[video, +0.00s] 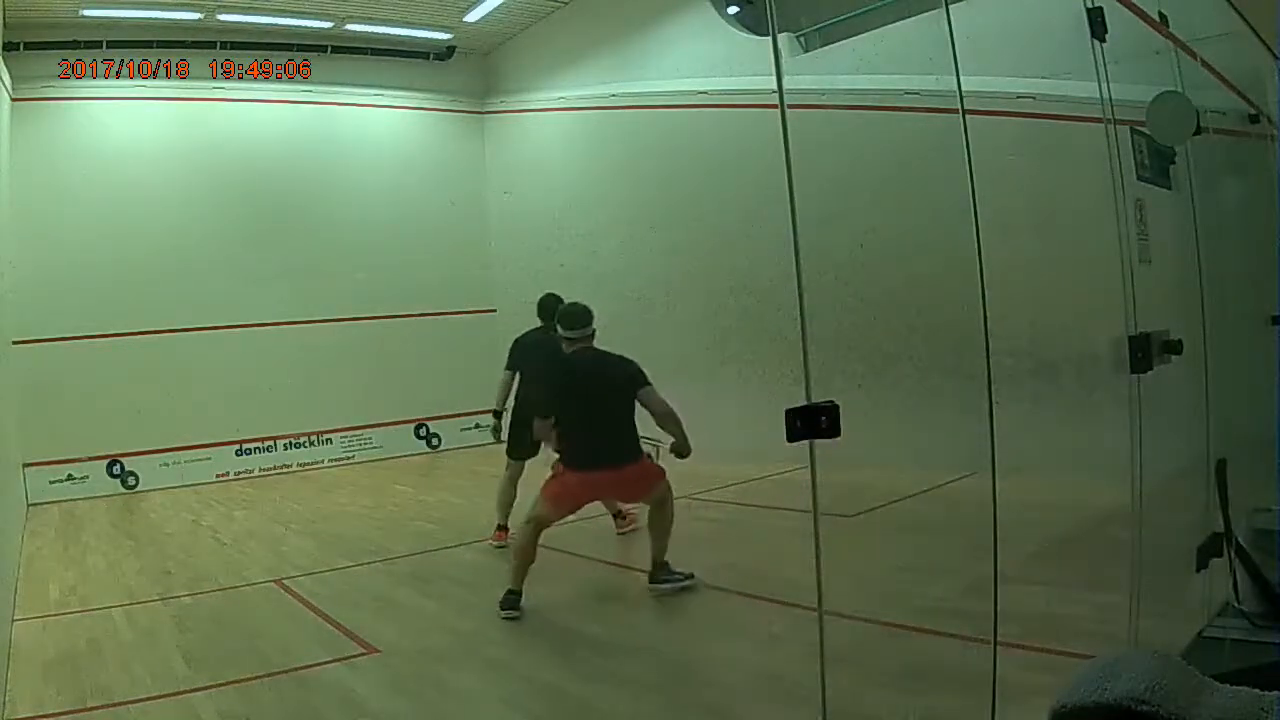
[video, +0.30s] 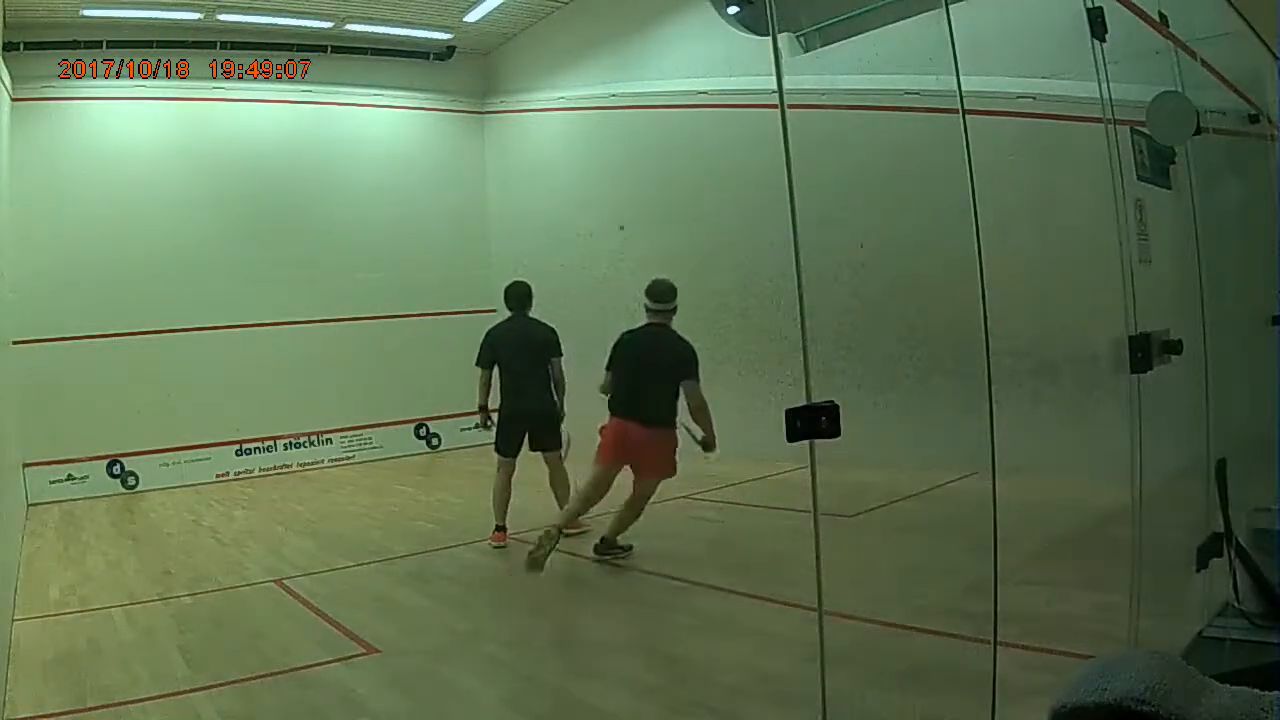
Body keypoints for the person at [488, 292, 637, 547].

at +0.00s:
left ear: (538, 315)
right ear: (560, 315)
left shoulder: (522, 342)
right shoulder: (569, 340)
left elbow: (506, 382)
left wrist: (496, 415)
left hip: (525, 416)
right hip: (563, 416)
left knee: (512, 472)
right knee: (583, 461)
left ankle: (501, 528)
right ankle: (618, 515)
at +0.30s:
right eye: (526, 299)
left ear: (506, 303)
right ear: (530, 302)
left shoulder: (495, 334)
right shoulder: (546, 332)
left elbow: (485, 378)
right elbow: (558, 375)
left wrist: (483, 409)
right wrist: (561, 405)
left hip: (512, 412)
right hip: (544, 410)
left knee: (504, 470)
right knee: (555, 463)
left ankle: (499, 529)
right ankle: (569, 518)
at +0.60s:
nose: (556, 313)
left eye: (555, 309)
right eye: (555, 309)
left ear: (528, 313)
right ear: (549, 311)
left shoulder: (511, 341)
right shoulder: (563, 341)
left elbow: (500, 383)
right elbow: (576, 384)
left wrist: (494, 415)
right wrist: (568, 409)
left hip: (527, 417)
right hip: (561, 416)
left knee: (511, 471)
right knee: (580, 463)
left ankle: (500, 529)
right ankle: (604, 514)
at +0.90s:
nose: (618, 312)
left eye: (615, 308)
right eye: (616, 308)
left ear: (591, 312)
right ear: (613, 311)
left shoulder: (581, 339)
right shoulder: (627, 339)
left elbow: (570, 379)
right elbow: (645, 380)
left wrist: (555, 414)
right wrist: (632, 401)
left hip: (594, 413)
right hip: (625, 412)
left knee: (566, 465)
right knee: (623, 460)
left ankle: (559, 526)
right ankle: (633, 516)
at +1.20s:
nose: (639, 293)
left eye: (638, 289)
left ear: (638, 290)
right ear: (662, 289)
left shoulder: (635, 321)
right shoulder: (677, 318)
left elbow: (632, 362)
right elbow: (697, 357)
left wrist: (611, 383)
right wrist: (684, 381)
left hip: (660, 395)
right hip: (685, 390)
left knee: (660, 460)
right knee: (682, 454)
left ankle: (695, 512)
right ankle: (715, 505)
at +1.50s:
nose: (669, 311)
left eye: (670, 305)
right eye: (669, 305)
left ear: (680, 307)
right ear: (692, 306)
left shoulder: (703, 335)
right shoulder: (695, 335)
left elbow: (722, 379)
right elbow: (707, 383)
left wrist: (702, 417)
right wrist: (693, 418)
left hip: (727, 417)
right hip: (714, 417)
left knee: (731, 485)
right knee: (708, 471)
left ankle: (787, 537)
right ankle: (724, 513)